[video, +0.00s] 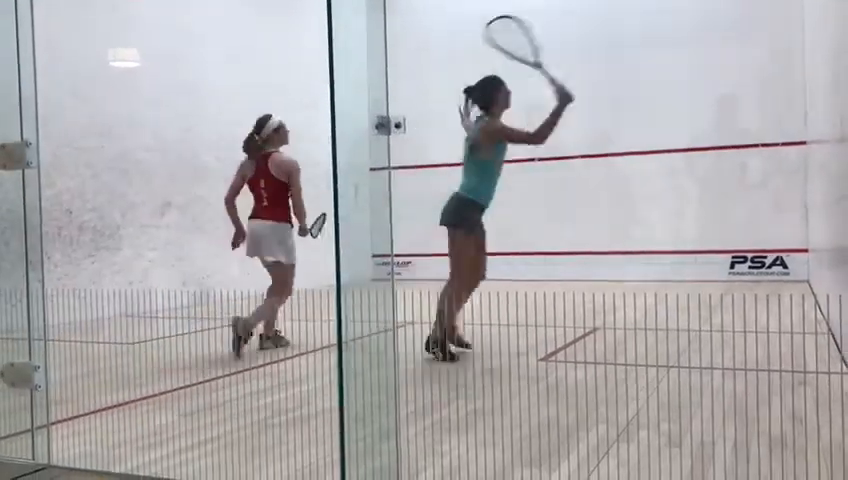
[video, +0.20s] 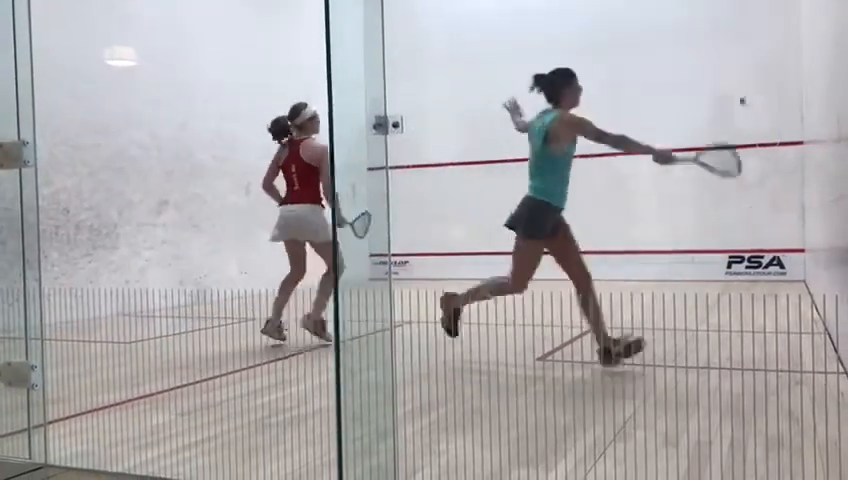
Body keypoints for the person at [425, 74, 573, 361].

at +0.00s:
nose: (510, 94)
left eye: (507, 90)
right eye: (505, 91)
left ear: (487, 99)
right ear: (495, 98)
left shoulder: (483, 127)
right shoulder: (490, 128)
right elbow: (536, 138)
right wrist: (561, 105)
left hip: (469, 211)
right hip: (464, 211)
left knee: (475, 273)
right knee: (463, 275)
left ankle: (447, 327)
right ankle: (438, 337)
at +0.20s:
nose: (580, 90)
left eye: (578, 85)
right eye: (575, 86)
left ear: (555, 93)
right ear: (562, 93)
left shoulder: (541, 119)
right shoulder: (569, 121)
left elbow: (521, 126)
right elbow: (612, 140)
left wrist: (515, 114)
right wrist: (653, 151)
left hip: (547, 215)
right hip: (537, 214)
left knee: (582, 280)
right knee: (517, 282)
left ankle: (606, 345)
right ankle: (455, 302)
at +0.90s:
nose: (741, 85)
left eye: (740, 79)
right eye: (741, 79)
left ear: (710, 76)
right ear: (737, 81)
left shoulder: (682, 104)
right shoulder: (730, 113)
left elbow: (629, 115)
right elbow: (713, 150)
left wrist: (618, 155)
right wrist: (724, 207)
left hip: (648, 196)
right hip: (686, 197)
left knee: (673, 284)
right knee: (709, 287)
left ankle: (642, 356)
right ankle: (714, 377)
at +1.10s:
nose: (714, 65)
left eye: (708, 61)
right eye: (714, 61)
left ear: (682, 62)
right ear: (712, 62)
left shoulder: (663, 94)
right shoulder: (723, 105)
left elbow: (634, 127)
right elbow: (739, 163)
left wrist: (615, 175)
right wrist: (744, 214)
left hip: (657, 196)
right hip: (700, 197)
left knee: (654, 284)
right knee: (709, 289)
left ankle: (648, 369)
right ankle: (713, 376)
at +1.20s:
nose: (682, 63)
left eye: (670, 58)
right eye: (689, 56)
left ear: (662, 59)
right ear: (695, 57)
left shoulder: (650, 94)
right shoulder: (712, 101)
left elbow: (634, 135)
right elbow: (726, 160)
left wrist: (621, 176)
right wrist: (729, 209)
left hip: (657, 195)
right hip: (700, 195)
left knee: (648, 284)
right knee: (707, 289)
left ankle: (656, 369)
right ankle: (716, 375)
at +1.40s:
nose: (625, 70)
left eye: (624, 65)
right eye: (630, 64)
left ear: (625, 65)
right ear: (655, 60)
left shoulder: (622, 102)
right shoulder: (678, 103)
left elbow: (610, 152)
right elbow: (692, 162)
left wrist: (598, 194)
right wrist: (678, 195)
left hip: (635, 204)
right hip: (676, 201)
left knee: (639, 293)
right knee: (692, 286)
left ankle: (658, 368)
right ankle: (717, 363)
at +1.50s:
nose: (603, 77)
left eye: (603, 71)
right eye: (603, 70)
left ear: (607, 69)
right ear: (632, 64)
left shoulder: (606, 103)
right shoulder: (657, 103)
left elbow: (595, 149)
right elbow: (675, 160)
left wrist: (582, 189)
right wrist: (660, 192)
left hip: (620, 202)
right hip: (657, 200)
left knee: (634, 292)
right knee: (660, 281)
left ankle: (657, 370)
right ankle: (695, 345)